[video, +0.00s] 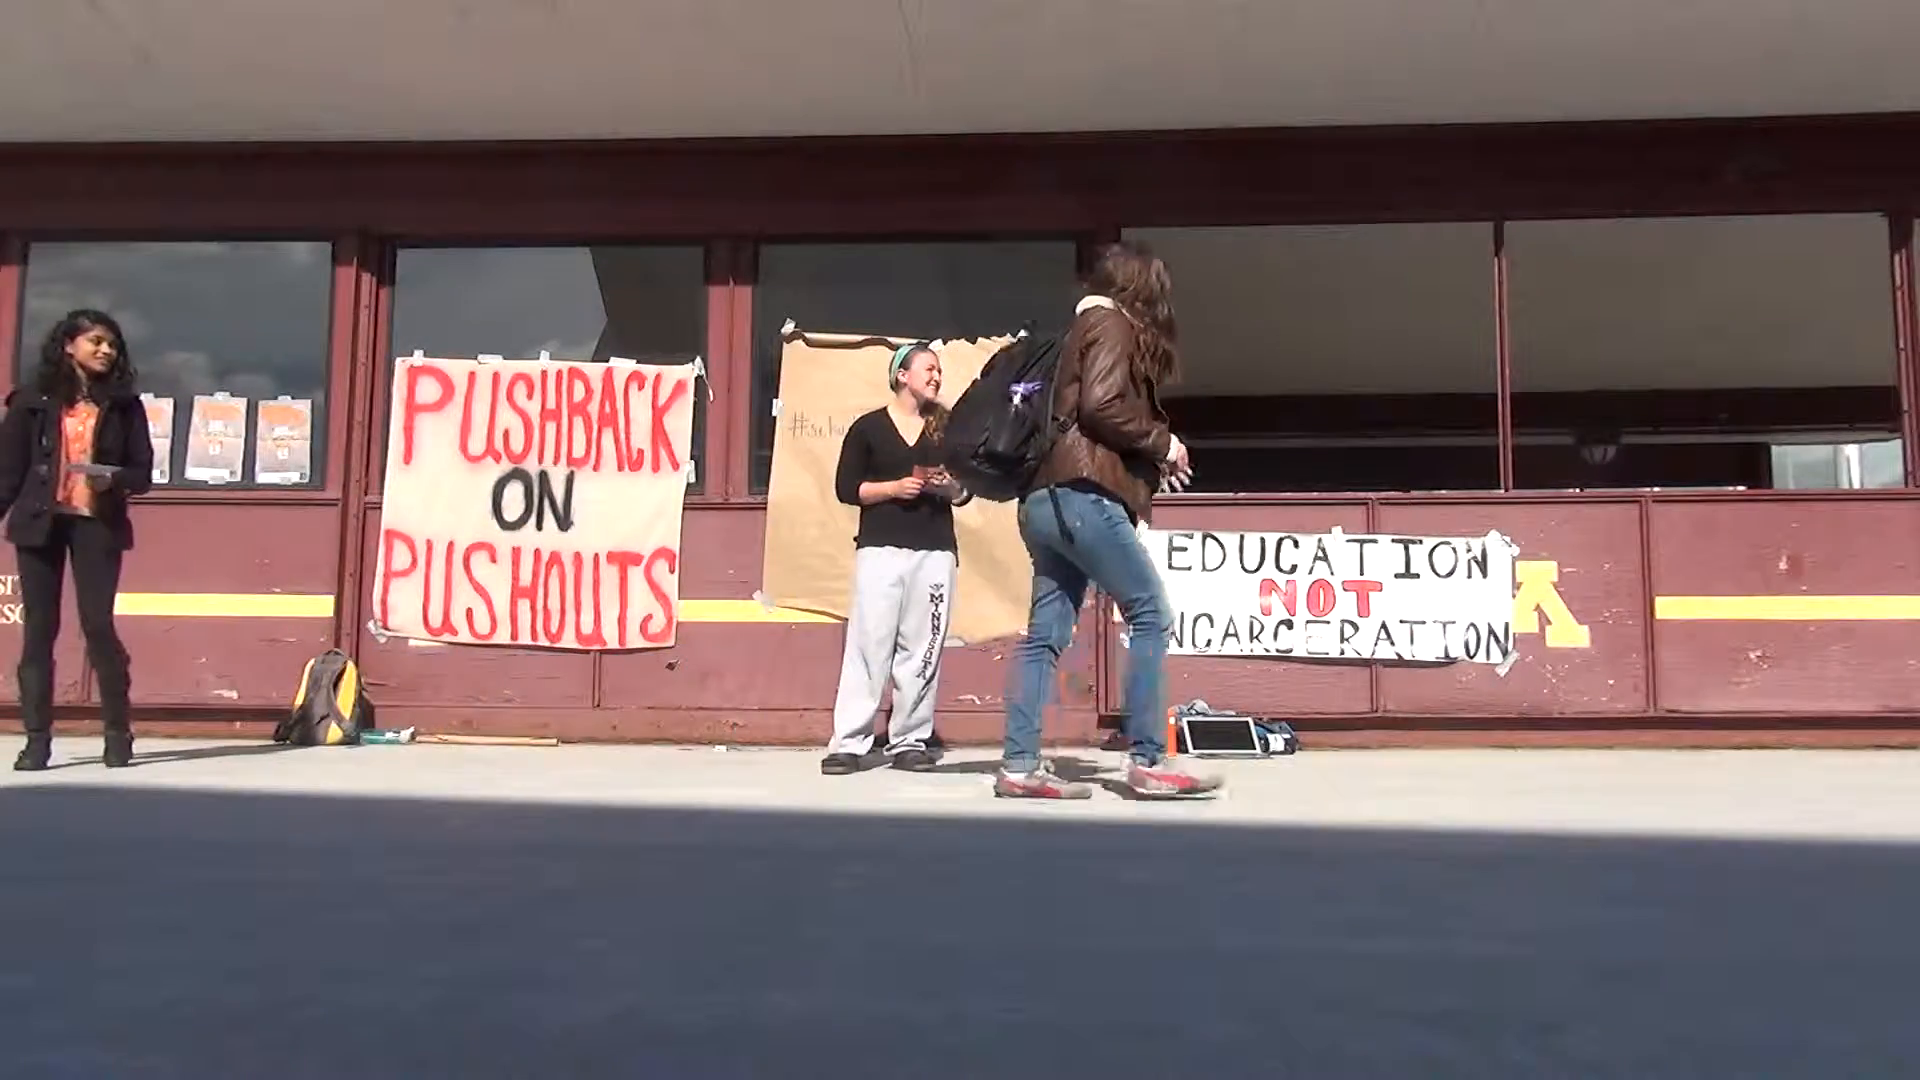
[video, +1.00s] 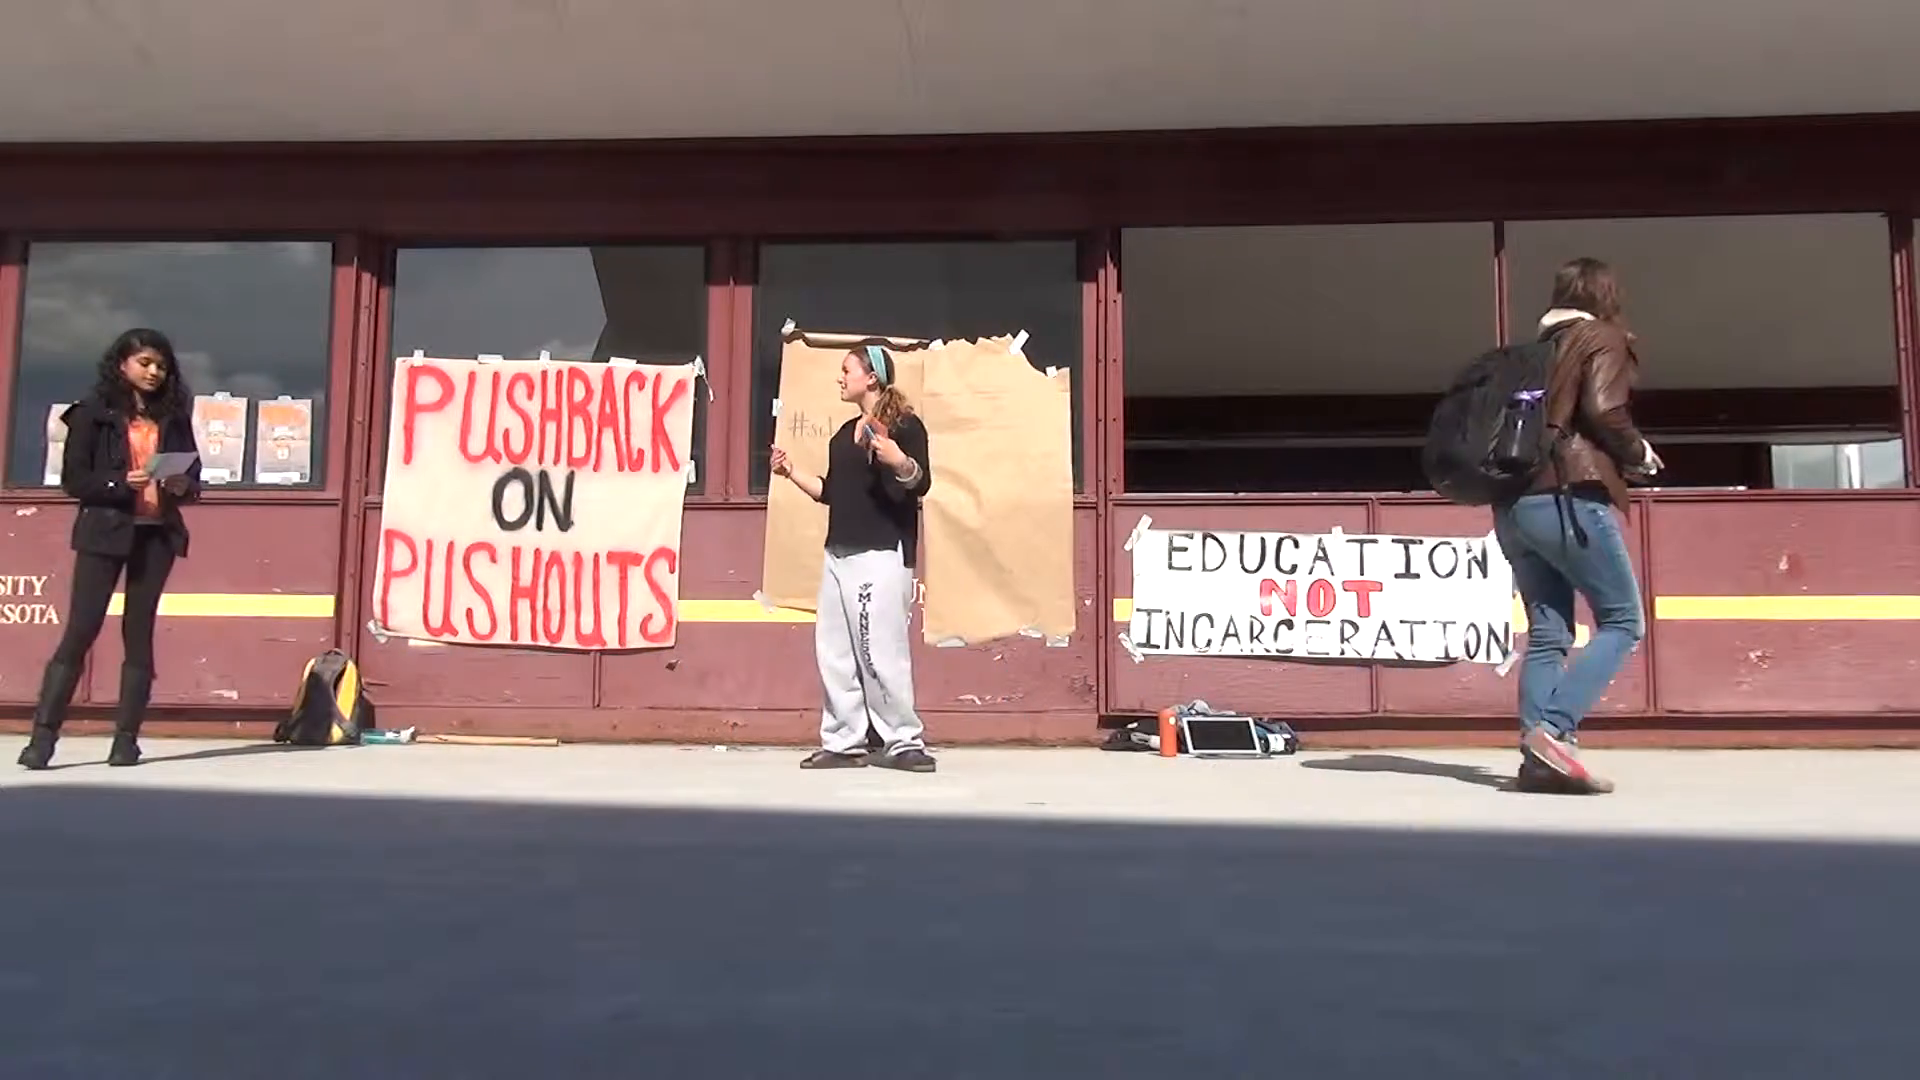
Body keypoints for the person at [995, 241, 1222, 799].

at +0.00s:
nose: (1159, 298)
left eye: (1158, 286)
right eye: (1156, 287)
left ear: (1101, 282)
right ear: (1141, 285)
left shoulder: (1076, 329)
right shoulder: (1112, 325)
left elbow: (1077, 421)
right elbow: (1101, 403)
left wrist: (1150, 462)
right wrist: (1161, 442)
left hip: (1042, 501)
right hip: (1085, 497)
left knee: (1044, 638)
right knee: (1151, 616)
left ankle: (1020, 768)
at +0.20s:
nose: (1260, 319)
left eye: (1260, 308)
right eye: (1259, 308)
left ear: (1205, 303)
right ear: (1246, 307)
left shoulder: (1181, 354)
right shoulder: (1223, 350)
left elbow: (1179, 442)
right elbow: (1209, 427)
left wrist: (1244, 475)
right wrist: (1264, 459)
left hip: (1143, 520)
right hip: (1193, 522)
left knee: (1114, 644)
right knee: (1256, 638)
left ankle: (1038, 747)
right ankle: (1290, 767)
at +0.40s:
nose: (1359, 304)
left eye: (1357, 294)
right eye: (1357, 294)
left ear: (1301, 289)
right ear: (1346, 294)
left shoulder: (1275, 339)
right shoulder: (1331, 338)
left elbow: (1250, 423)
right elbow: (1320, 419)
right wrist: (1364, 455)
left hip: (1243, 507)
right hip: (1296, 506)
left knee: (1283, 635)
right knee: (1312, 638)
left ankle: (1195, 719)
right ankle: (1298, 767)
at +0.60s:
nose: (1448, 308)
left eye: (1444, 298)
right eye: (1444, 299)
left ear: (1390, 298)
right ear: (1433, 302)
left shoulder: (1363, 347)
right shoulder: (1427, 348)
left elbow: (1332, 424)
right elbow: (1419, 425)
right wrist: (1449, 468)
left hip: (1328, 510)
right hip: (1378, 512)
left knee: (1412, 635)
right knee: (1344, 640)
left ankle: (1454, 758)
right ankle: (1300, 765)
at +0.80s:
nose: (1538, 321)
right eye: (1533, 312)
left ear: (1478, 315)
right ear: (1524, 314)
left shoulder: (1454, 364)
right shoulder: (1519, 361)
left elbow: (1431, 440)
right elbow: (1517, 435)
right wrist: (1548, 479)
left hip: (1433, 524)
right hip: (1483, 522)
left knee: (1522, 635)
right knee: (1452, 648)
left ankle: (1543, 762)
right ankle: (1352, 732)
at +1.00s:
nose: (1620, 303)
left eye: (1618, 293)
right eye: (1617, 294)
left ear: (1561, 296)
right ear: (1606, 296)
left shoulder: (1536, 347)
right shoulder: (1604, 338)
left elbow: (1520, 426)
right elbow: (1602, 411)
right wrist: (1643, 457)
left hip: (1516, 508)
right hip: (1571, 504)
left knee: (1547, 634)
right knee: (1622, 624)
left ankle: (1539, 757)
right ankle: (1554, 732)